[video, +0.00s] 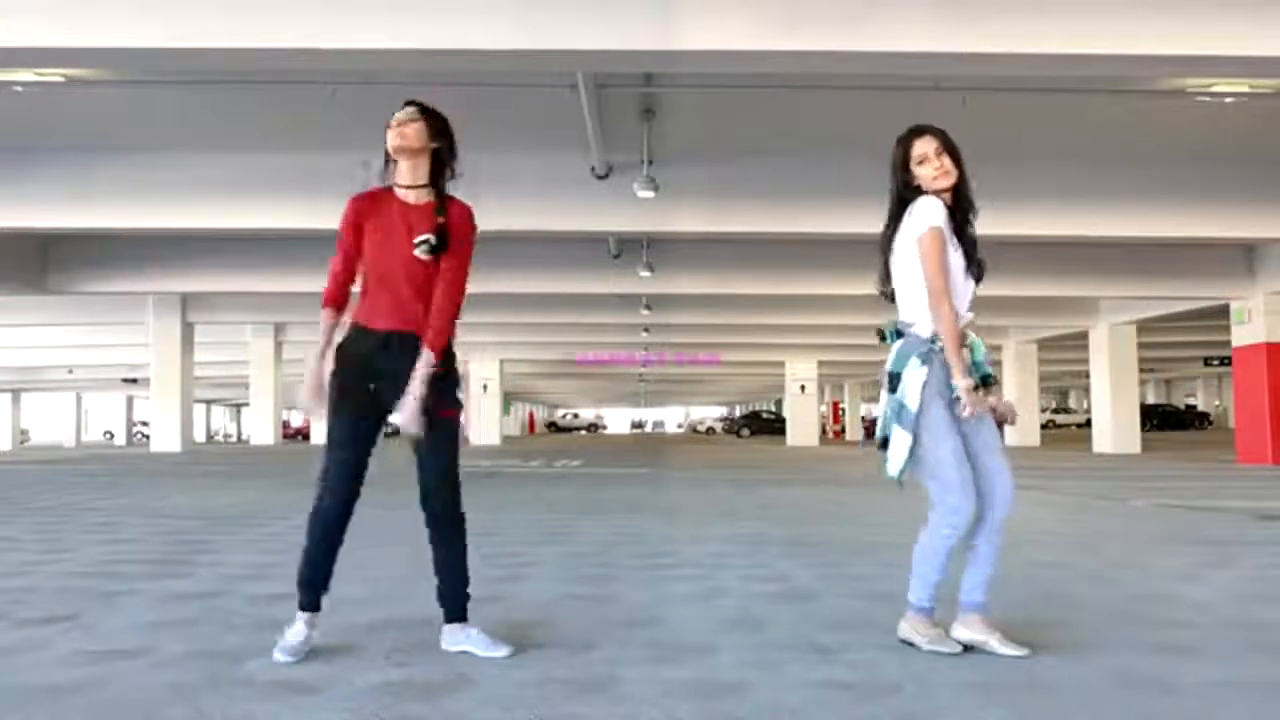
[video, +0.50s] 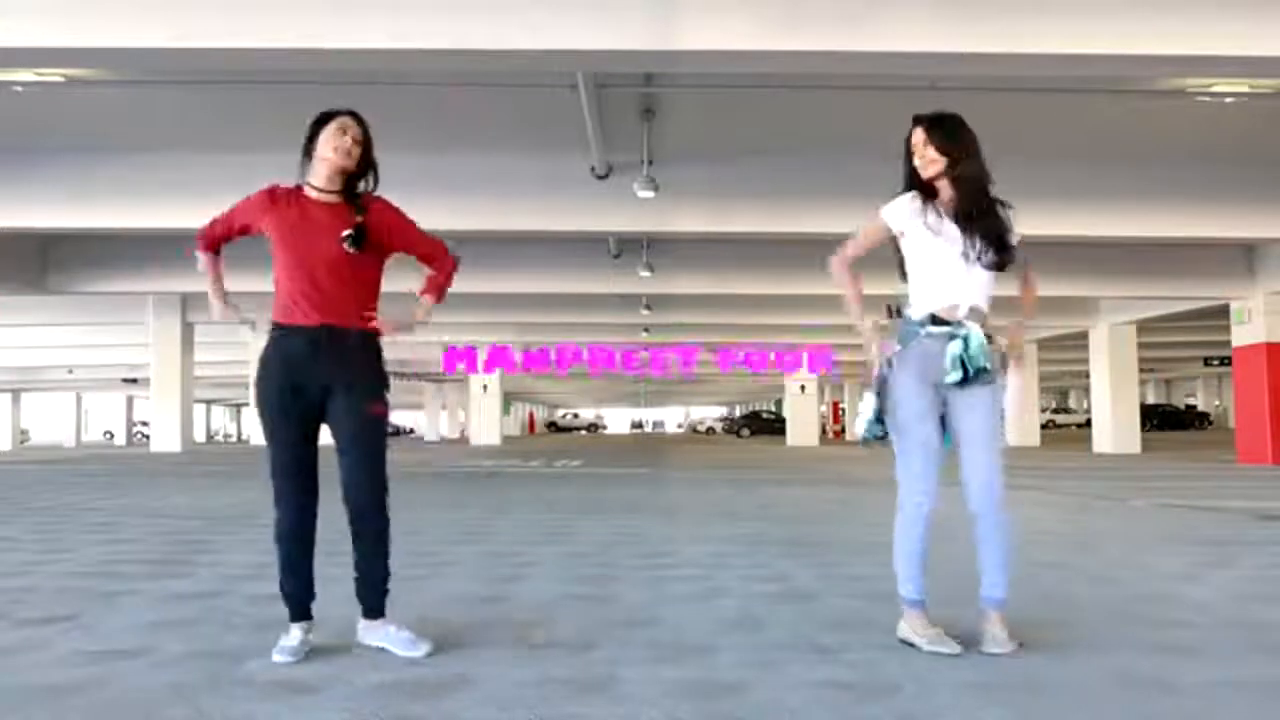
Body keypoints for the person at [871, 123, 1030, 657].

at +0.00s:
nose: (938, 165)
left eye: (942, 154)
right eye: (924, 162)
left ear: (956, 160)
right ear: (911, 176)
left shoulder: (942, 225)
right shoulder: (926, 212)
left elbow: (953, 319)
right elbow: (939, 300)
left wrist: (987, 394)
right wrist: (963, 378)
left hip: (955, 369)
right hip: (926, 368)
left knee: (998, 492)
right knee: (955, 502)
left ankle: (971, 617)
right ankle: (917, 616)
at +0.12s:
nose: (936, 158)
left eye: (940, 147)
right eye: (922, 155)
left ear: (956, 153)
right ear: (910, 170)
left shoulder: (953, 219)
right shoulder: (924, 209)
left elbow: (958, 310)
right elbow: (933, 294)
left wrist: (984, 384)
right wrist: (954, 371)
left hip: (958, 360)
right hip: (924, 358)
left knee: (994, 493)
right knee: (938, 494)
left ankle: (971, 617)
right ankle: (915, 616)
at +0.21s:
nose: (936, 165)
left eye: (940, 154)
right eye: (922, 163)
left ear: (957, 160)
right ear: (912, 179)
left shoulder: (958, 227)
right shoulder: (926, 218)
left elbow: (960, 318)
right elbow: (931, 306)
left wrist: (988, 389)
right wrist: (948, 383)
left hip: (957, 364)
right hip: (922, 365)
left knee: (1000, 489)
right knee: (935, 494)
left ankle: (971, 616)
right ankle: (915, 615)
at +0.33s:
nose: (934, 172)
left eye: (939, 161)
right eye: (921, 170)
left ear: (957, 166)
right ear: (913, 183)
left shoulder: (968, 235)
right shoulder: (924, 224)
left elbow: (967, 325)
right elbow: (910, 307)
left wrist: (992, 394)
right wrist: (921, 391)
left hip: (961, 374)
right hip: (918, 371)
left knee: (1004, 494)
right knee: (933, 497)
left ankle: (971, 615)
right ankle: (916, 616)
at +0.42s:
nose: (925, 164)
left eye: (932, 153)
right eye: (916, 160)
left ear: (956, 155)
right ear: (911, 171)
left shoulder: (985, 224)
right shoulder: (917, 216)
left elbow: (996, 301)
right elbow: (869, 287)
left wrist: (1007, 358)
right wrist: (887, 358)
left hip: (968, 362)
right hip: (915, 356)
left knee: (995, 493)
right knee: (924, 490)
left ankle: (977, 616)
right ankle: (912, 615)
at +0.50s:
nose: (920, 160)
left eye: (928, 150)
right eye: (914, 152)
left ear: (956, 150)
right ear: (914, 158)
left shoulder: (991, 215)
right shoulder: (907, 210)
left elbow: (1028, 285)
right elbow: (842, 260)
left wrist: (1014, 329)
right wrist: (866, 323)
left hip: (976, 354)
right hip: (917, 350)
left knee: (986, 490)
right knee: (918, 488)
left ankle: (993, 614)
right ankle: (912, 613)